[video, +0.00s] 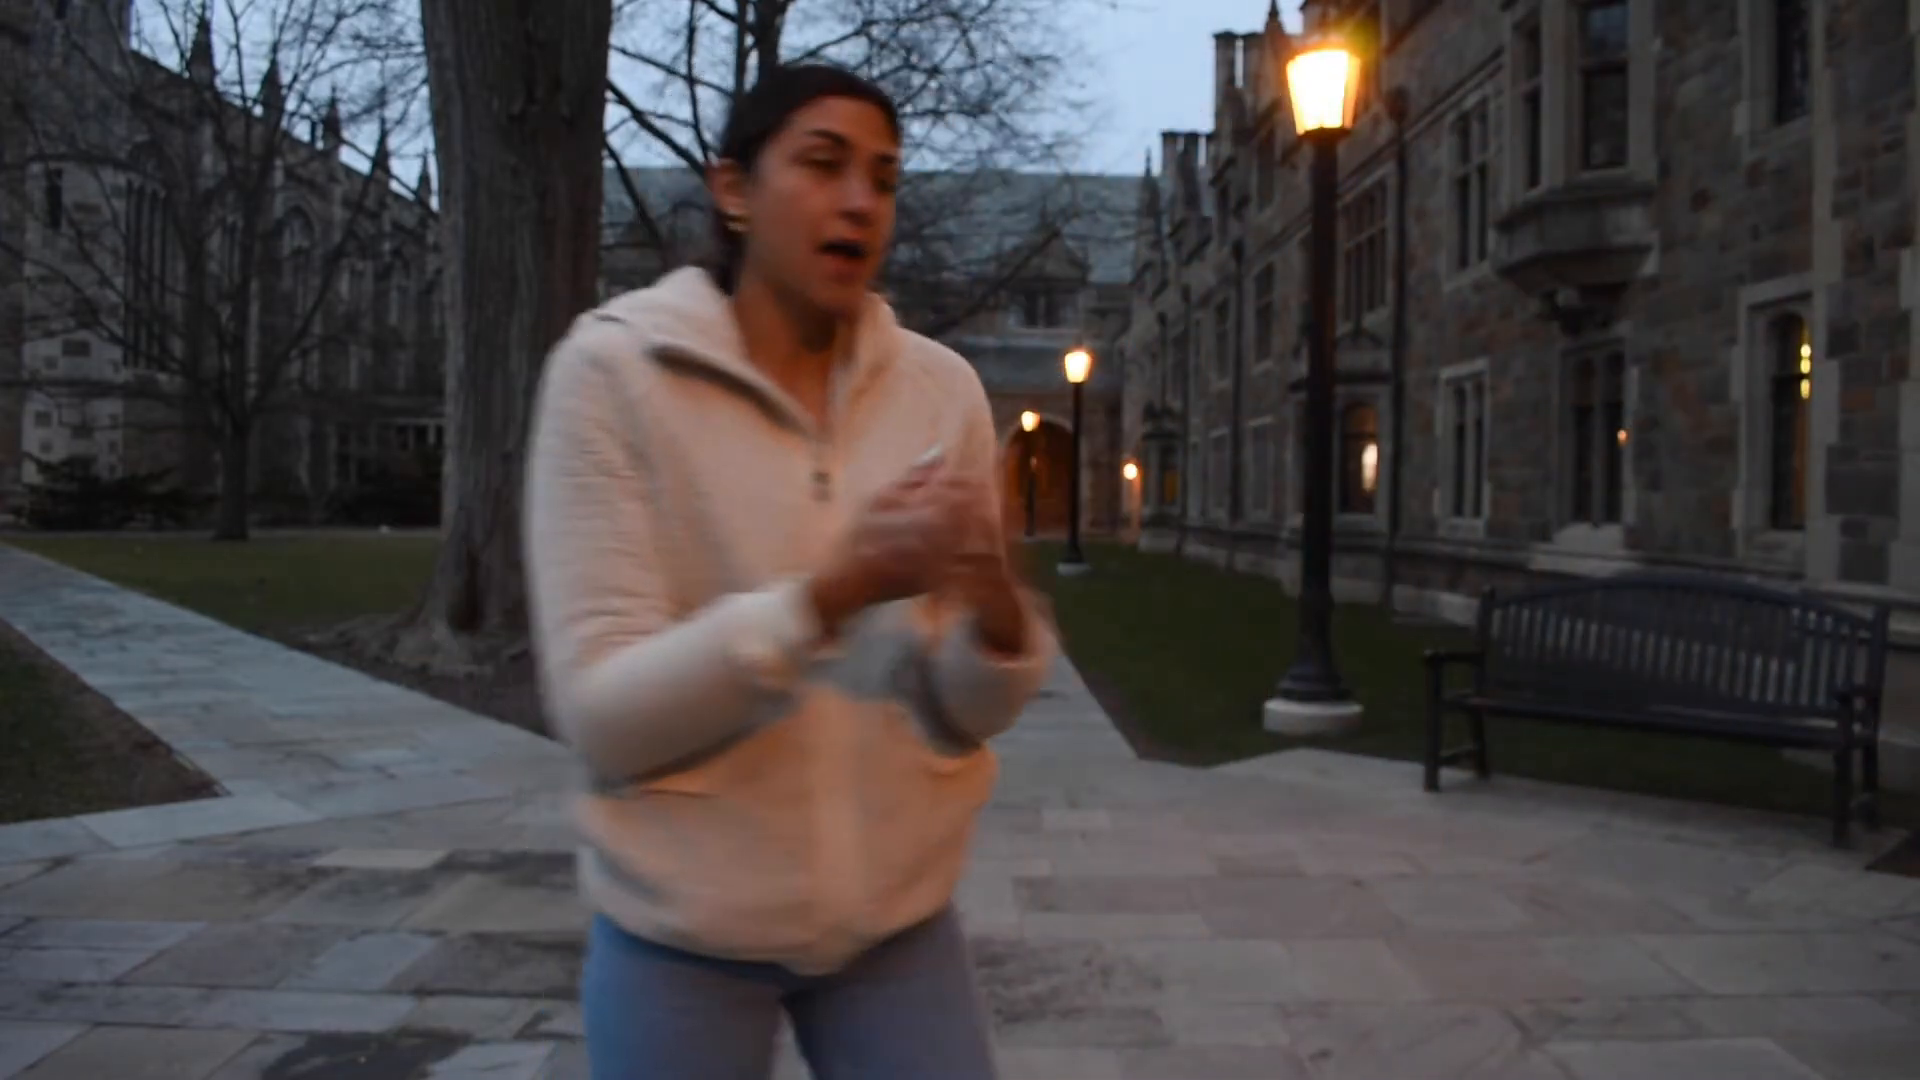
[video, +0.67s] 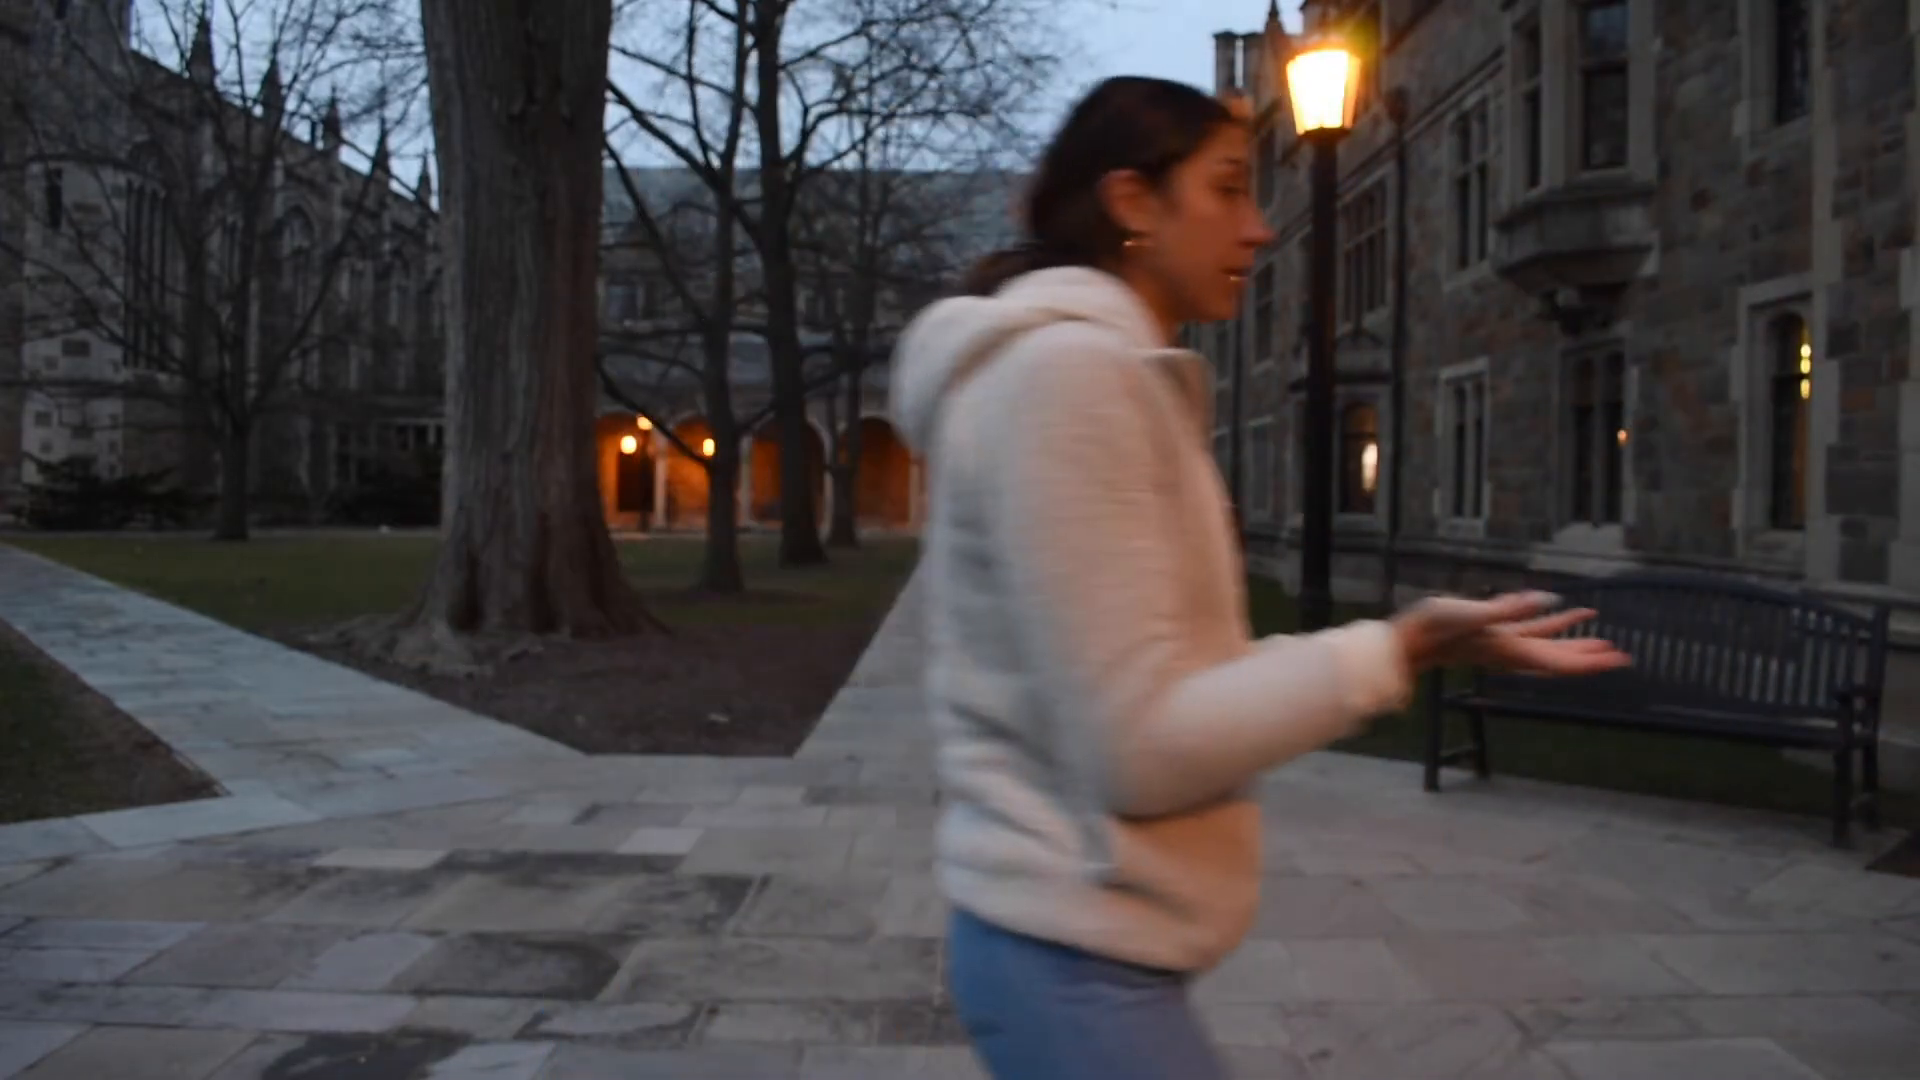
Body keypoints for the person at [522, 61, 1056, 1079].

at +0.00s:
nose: (862, 204)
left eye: (882, 179)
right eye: (821, 163)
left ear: (895, 210)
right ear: (732, 189)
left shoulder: (941, 389)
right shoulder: (612, 372)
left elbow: (970, 712)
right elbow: (604, 719)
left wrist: (995, 606)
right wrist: (839, 587)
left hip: (896, 920)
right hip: (679, 931)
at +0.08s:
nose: (910, 211)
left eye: (923, 187)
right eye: (870, 171)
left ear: (936, 215)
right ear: (773, 195)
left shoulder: (961, 397)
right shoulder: (656, 372)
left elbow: (993, 696)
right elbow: (667, 728)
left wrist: (1080, 626)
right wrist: (907, 592)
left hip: (938, 939)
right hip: (728, 949)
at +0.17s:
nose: (964, 217)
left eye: (971, 189)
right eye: (926, 176)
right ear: (823, 198)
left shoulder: (984, 401)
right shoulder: (705, 371)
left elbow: (1022, 692)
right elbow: (742, 734)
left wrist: (1173, 628)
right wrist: (999, 595)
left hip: (979, 943)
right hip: (780, 956)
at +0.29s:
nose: (1045, 224)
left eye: (1042, 191)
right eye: (1006, 183)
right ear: (902, 202)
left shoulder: (1025, 406)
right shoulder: (788, 378)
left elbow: (1068, 690)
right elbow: (843, 739)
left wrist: (1255, 630)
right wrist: (1118, 644)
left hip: (1037, 932)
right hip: (865, 949)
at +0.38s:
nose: (1094, 225)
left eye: (1086, 192)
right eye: (1056, 187)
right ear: (953, 204)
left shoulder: (1050, 404)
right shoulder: (848, 382)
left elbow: (1082, 693)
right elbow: (910, 744)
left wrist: (1286, 631)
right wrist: (1181, 653)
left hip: (1066, 935)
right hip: (915, 948)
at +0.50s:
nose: (1165, 224)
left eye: (1156, 191)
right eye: (1130, 187)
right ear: (1031, 204)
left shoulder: (1070, 392)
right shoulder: (941, 381)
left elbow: (1095, 684)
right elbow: (1010, 743)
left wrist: (1337, 645)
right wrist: (1292, 643)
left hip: (1076, 950)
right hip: (982, 963)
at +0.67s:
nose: (1259, 230)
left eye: (1252, 195)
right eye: (1228, 189)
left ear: (1141, 210)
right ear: (1131, 202)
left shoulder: (1100, 368)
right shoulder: (1069, 372)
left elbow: (1155, 702)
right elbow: (1135, 745)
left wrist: (1400, 649)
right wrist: (1397, 650)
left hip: (1089, 954)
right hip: (1068, 965)